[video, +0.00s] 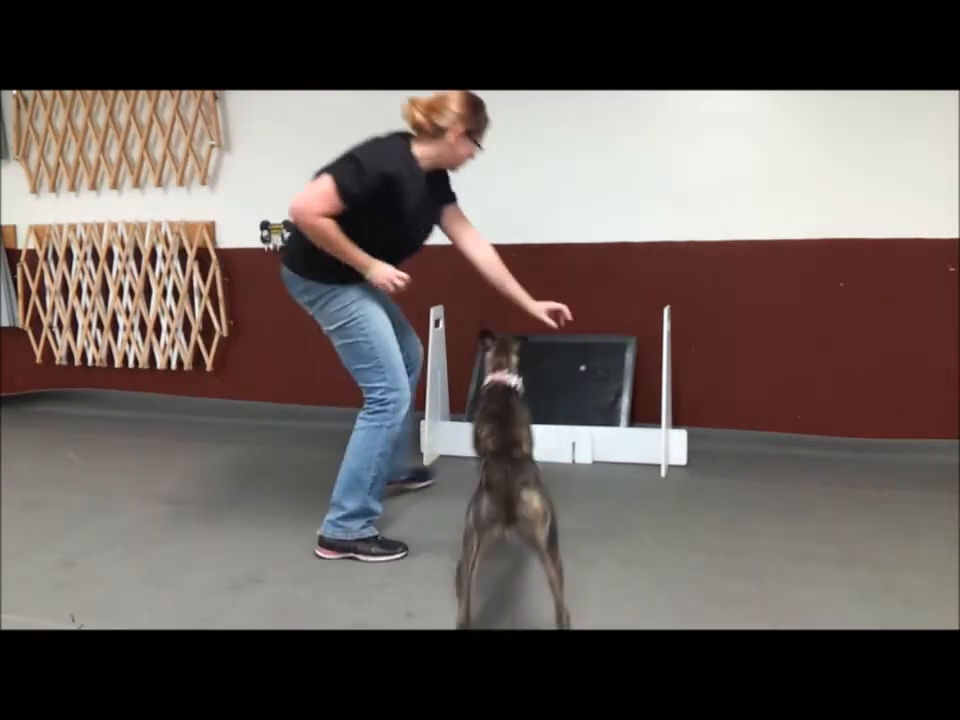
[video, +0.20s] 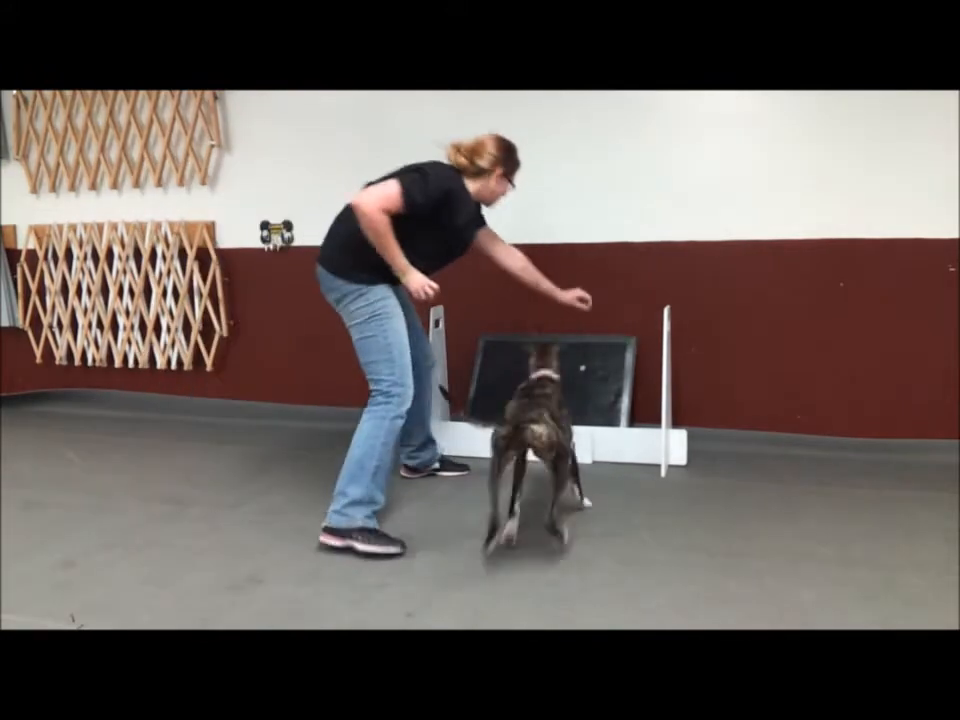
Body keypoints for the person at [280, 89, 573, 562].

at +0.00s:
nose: (475, 152)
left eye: (477, 142)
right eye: (474, 141)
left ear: (450, 133)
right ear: (452, 133)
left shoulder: (432, 179)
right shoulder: (382, 159)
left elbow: (472, 244)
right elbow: (305, 209)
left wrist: (530, 304)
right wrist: (368, 265)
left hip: (356, 278)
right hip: (323, 277)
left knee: (409, 358)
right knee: (387, 393)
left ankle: (389, 469)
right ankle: (345, 529)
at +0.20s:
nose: (507, 191)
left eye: (510, 184)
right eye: (507, 181)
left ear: (488, 173)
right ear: (491, 172)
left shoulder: (467, 213)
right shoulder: (439, 181)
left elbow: (505, 253)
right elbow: (367, 204)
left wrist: (558, 294)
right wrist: (407, 272)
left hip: (382, 279)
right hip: (355, 275)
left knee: (421, 362)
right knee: (393, 390)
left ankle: (419, 457)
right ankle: (347, 522)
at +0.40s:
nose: (513, 202)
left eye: (516, 195)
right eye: (515, 193)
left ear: (495, 180)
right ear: (504, 183)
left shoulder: (471, 203)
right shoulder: (466, 186)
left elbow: (487, 234)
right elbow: (405, 198)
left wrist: (511, 253)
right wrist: (426, 267)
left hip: (388, 262)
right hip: (367, 259)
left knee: (425, 361)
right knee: (415, 365)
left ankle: (421, 457)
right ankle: (369, 482)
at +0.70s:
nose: (516, 197)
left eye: (519, 190)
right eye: (517, 188)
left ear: (498, 178)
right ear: (502, 180)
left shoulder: (469, 206)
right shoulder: (451, 187)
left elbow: (434, 246)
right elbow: (391, 239)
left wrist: (459, 285)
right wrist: (434, 289)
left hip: (393, 256)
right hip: (356, 254)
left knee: (423, 350)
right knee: (408, 350)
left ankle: (424, 453)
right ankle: (421, 462)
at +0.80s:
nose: (511, 213)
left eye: (514, 206)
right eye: (510, 204)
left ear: (491, 195)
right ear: (492, 195)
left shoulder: (466, 221)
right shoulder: (438, 207)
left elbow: (432, 273)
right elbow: (402, 279)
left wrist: (457, 321)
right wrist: (447, 328)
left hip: (387, 266)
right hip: (343, 256)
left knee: (424, 350)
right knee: (375, 348)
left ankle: (420, 458)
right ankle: (383, 465)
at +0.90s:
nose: (490, 235)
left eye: (494, 229)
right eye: (488, 227)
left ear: (469, 218)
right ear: (467, 217)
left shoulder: (454, 242)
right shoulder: (419, 230)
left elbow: (429, 299)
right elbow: (411, 318)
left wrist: (448, 368)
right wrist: (455, 379)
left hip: (379, 276)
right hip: (331, 264)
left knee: (423, 353)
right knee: (347, 353)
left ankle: (420, 459)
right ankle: (311, 474)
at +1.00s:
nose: (460, 264)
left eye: (464, 256)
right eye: (456, 255)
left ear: (431, 244)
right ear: (428, 245)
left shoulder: (430, 254)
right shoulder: (391, 254)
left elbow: (409, 310)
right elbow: (398, 347)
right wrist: (429, 417)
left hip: (369, 286)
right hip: (319, 277)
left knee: (427, 345)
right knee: (317, 373)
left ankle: (418, 455)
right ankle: (266, 491)